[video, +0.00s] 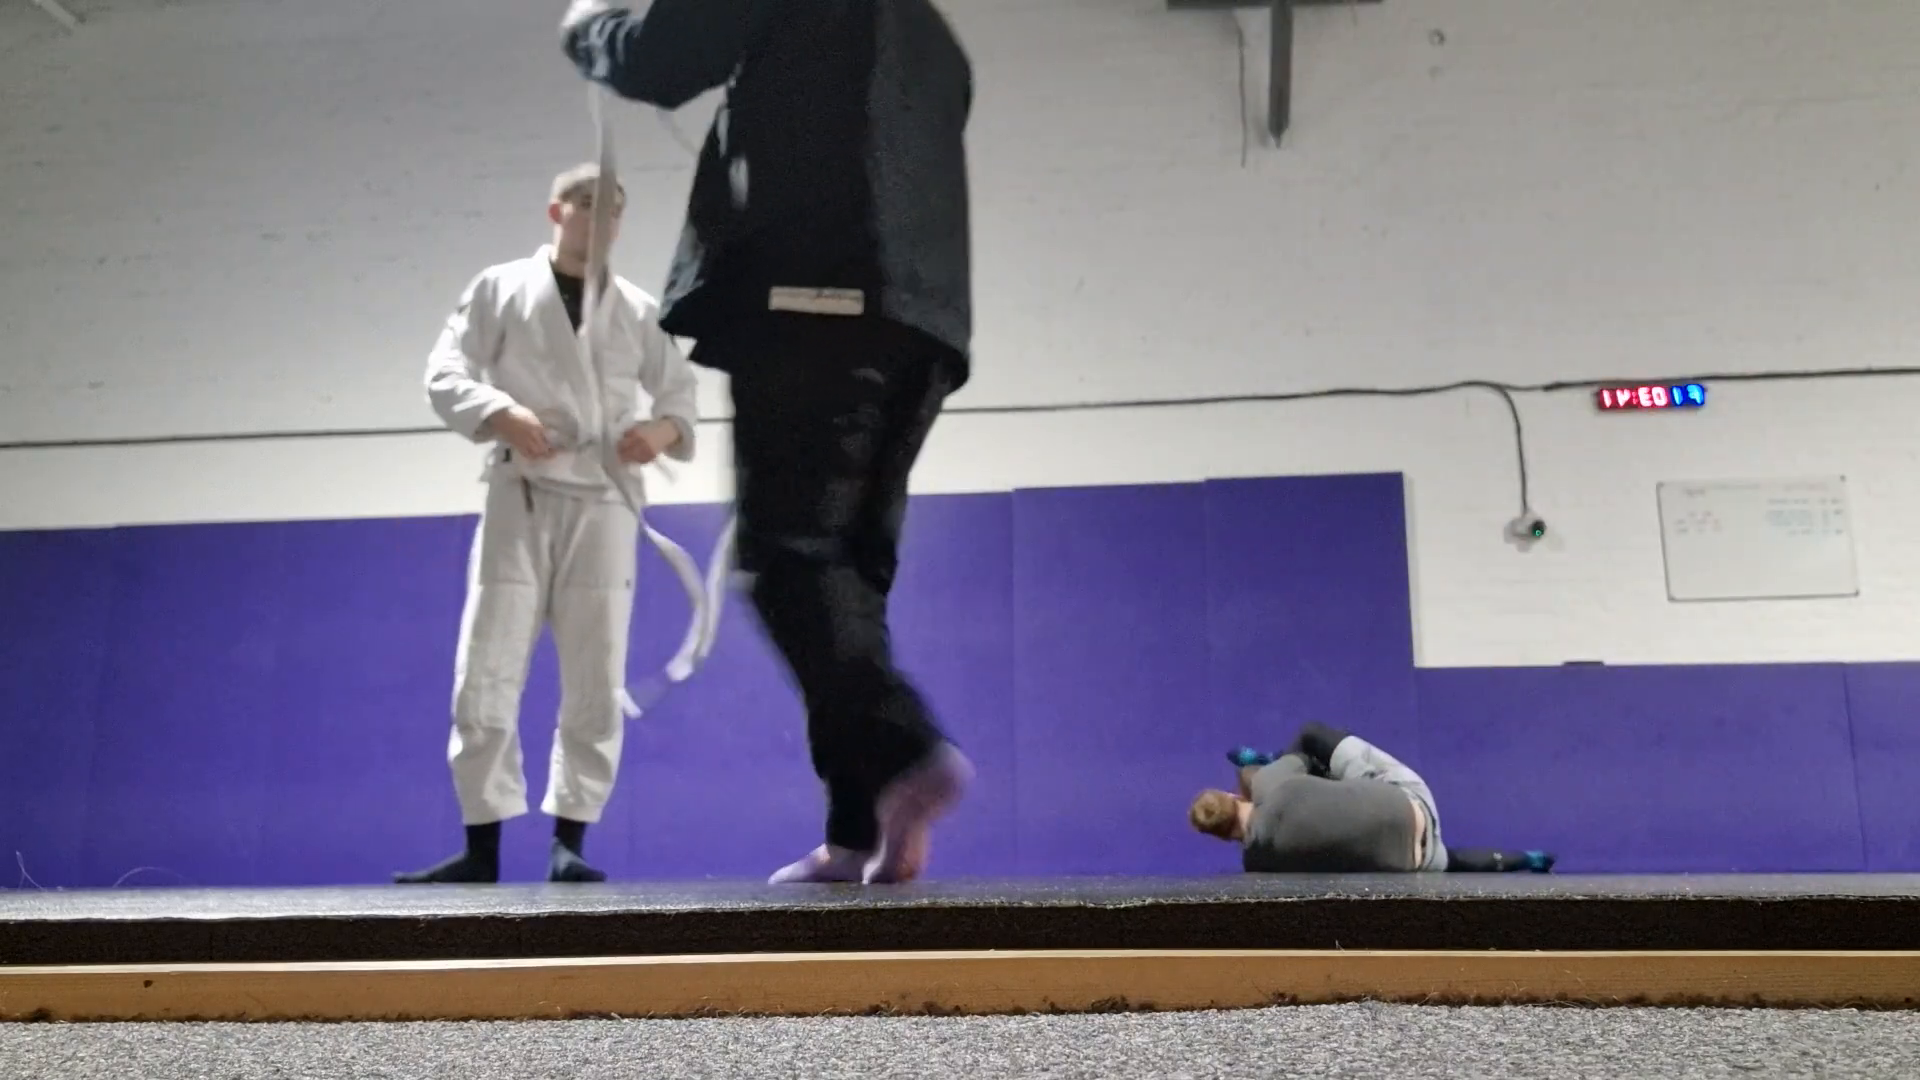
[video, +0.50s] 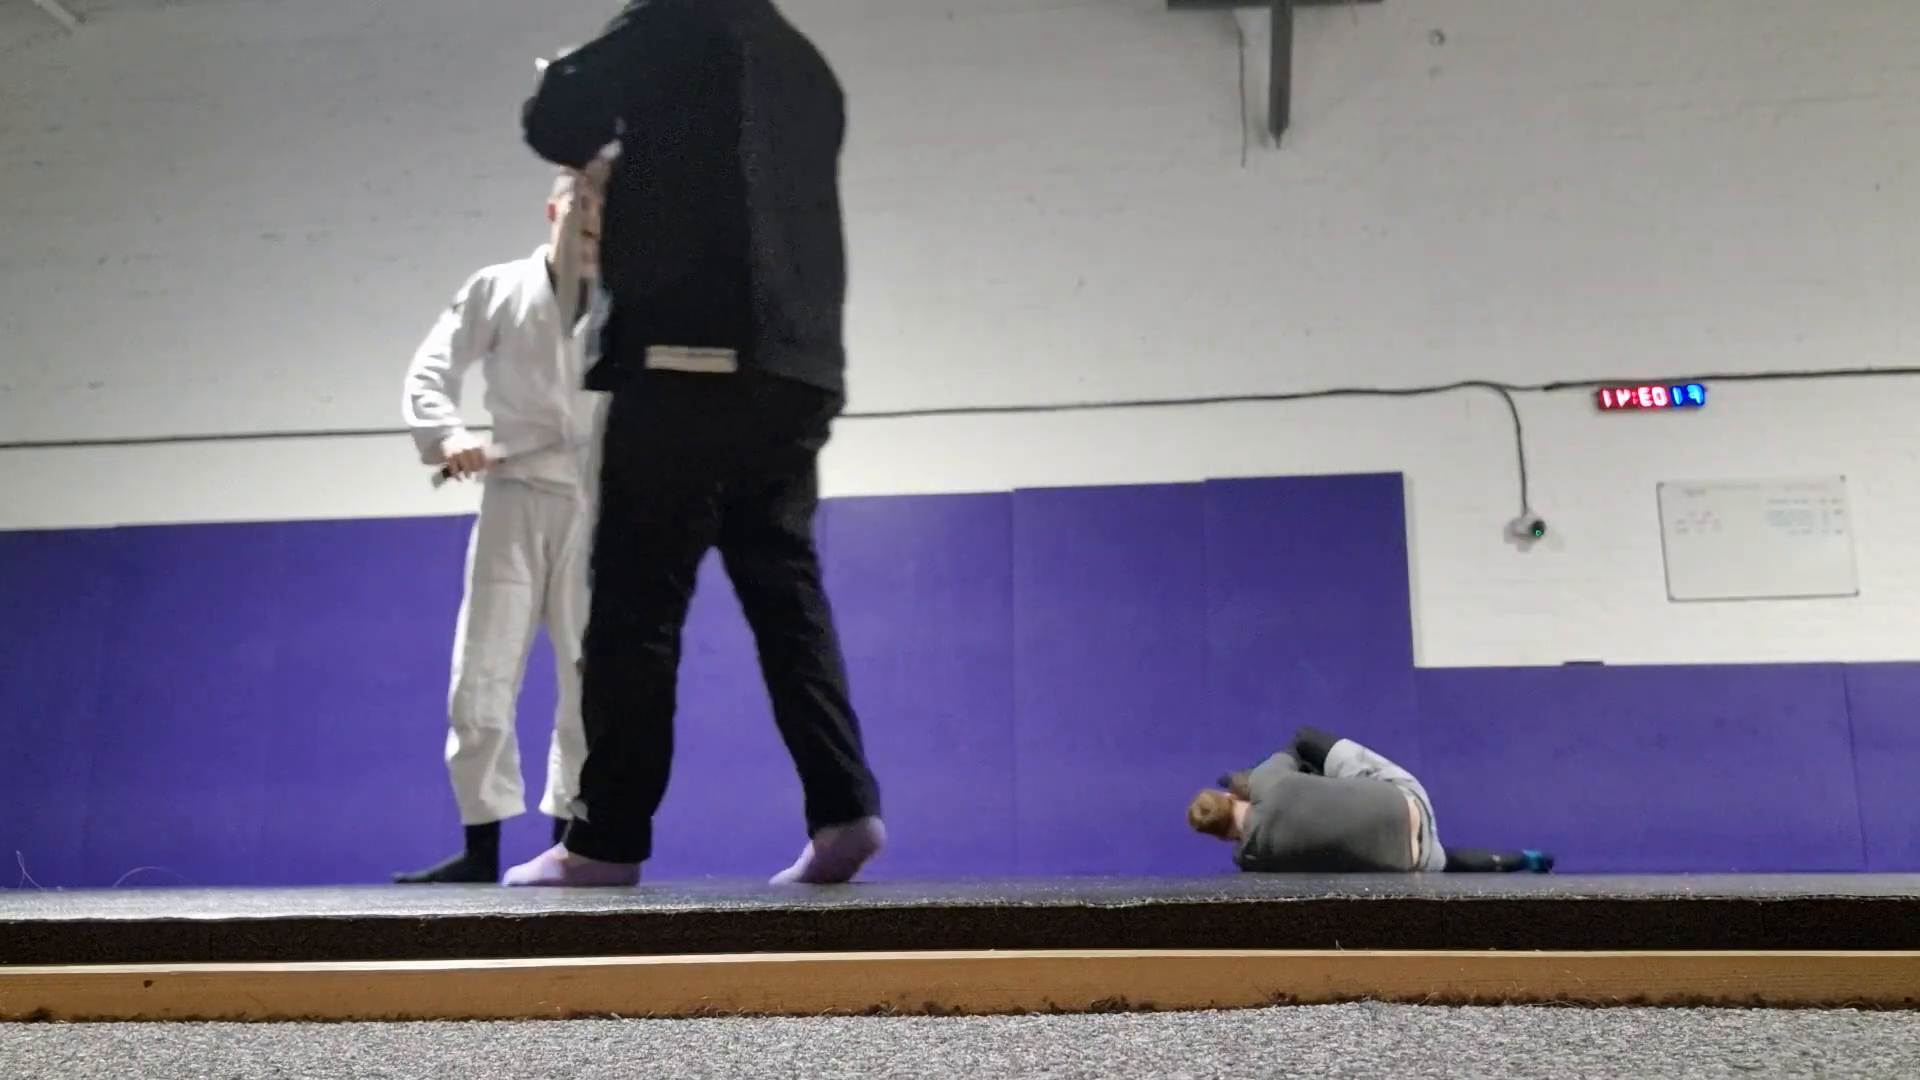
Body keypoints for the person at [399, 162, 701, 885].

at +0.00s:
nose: (597, 220)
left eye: (610, 210)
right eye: (584, 204)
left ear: (621, 225)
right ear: (554, 212)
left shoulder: (643, 315)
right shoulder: (499, 290)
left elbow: (682, 407)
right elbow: (446, 378)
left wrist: (661, 432)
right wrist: (504, 416)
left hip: (605, 509)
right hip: (518, 502)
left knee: (595, 675)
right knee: (486, 671)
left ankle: (568, 850)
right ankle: (480, 852)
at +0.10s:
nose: (603, 219)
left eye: (613, 210)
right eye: (590, 204)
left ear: (621, 225)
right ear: (554, 212)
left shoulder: (642, 314)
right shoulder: (498, 290)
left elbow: (685, 394)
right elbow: (442, 375)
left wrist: (666, 428)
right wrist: (496, 418)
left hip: (605, 509)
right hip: (518, 500)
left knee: (594, 672)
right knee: (486, 670)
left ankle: (569, 848)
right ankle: (480, 853)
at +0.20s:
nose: (587, 215)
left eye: (600, 206)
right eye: (577, 202)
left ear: (617, 227)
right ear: (551, 214)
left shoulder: (639, 314)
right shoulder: (497, 290)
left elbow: (681, 392)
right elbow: (437, 372)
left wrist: (657, 434)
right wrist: (487, 418)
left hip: (604, 509)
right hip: (516, 500)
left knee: (593, 678)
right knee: (484, 671)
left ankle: (570, 850)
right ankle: (480, 852)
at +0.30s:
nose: (592, 219)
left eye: (605, 211)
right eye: (580, 205)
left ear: (618, 230)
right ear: (551, 212)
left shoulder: (639, 308)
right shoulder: (498, 289)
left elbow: (662, 394)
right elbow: (431, 373)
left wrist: (642, 455)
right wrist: (469, 430)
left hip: (603, 505)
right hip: (514, 497)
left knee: (592, 675)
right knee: (484, 672)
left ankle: (576, 840)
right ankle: (479, 851)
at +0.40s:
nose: (593, 217)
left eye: (608, 209)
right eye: (583, 202)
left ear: (622, 227)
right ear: (553, 211)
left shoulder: (631, 304)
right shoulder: (498, 289)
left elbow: (658, 385)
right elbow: (428, 376)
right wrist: (448, 433)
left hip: (602, 505)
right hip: (515, 499)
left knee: (593, 678)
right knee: (483, 675)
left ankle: (580, 846)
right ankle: (480, 852)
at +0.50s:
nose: (587, 231)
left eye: (600, 220)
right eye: (577, 213)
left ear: (618, 231)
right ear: (552, 213)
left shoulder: (630, 299)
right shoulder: (499, 289)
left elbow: (656, 389)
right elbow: (428, 376)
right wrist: (446, 438)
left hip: (597, 504)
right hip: (514, 498)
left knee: (589, 670)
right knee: (484, 670)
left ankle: (578, 840)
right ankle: (481, 848)